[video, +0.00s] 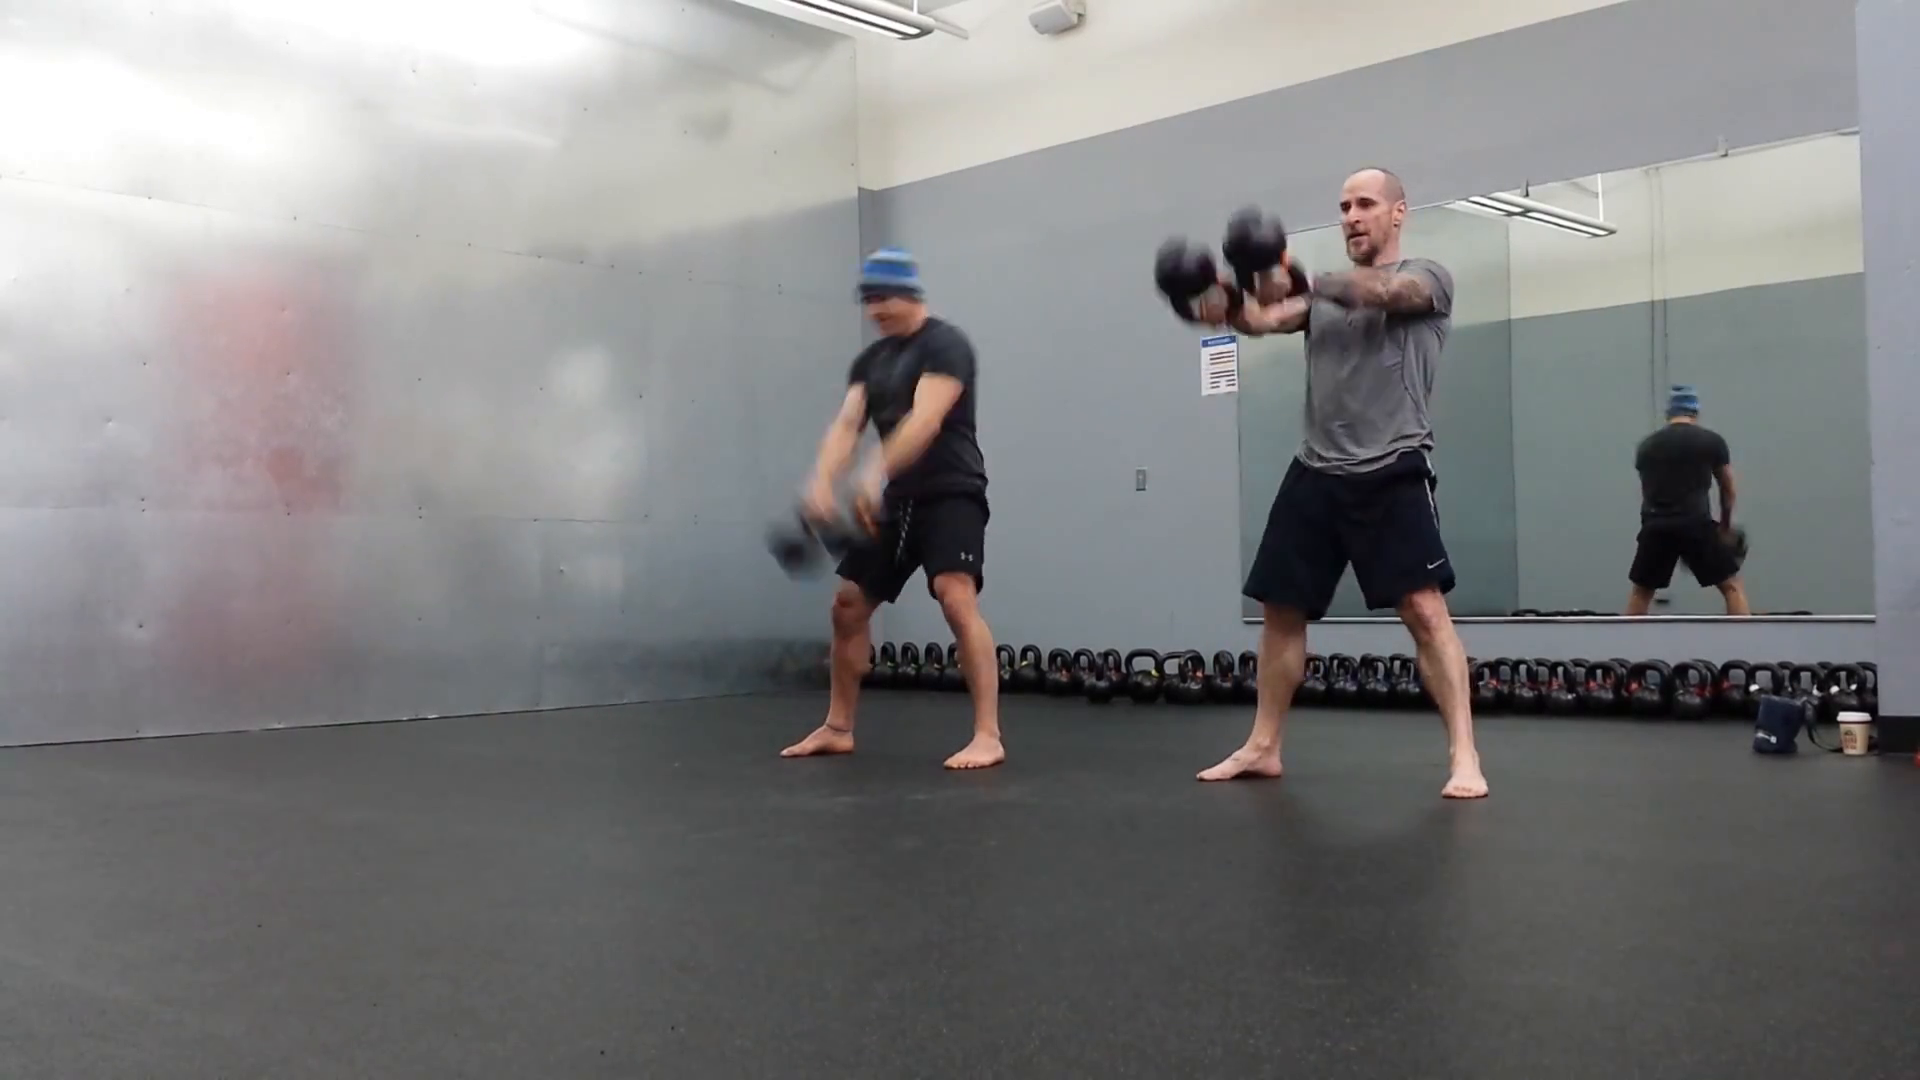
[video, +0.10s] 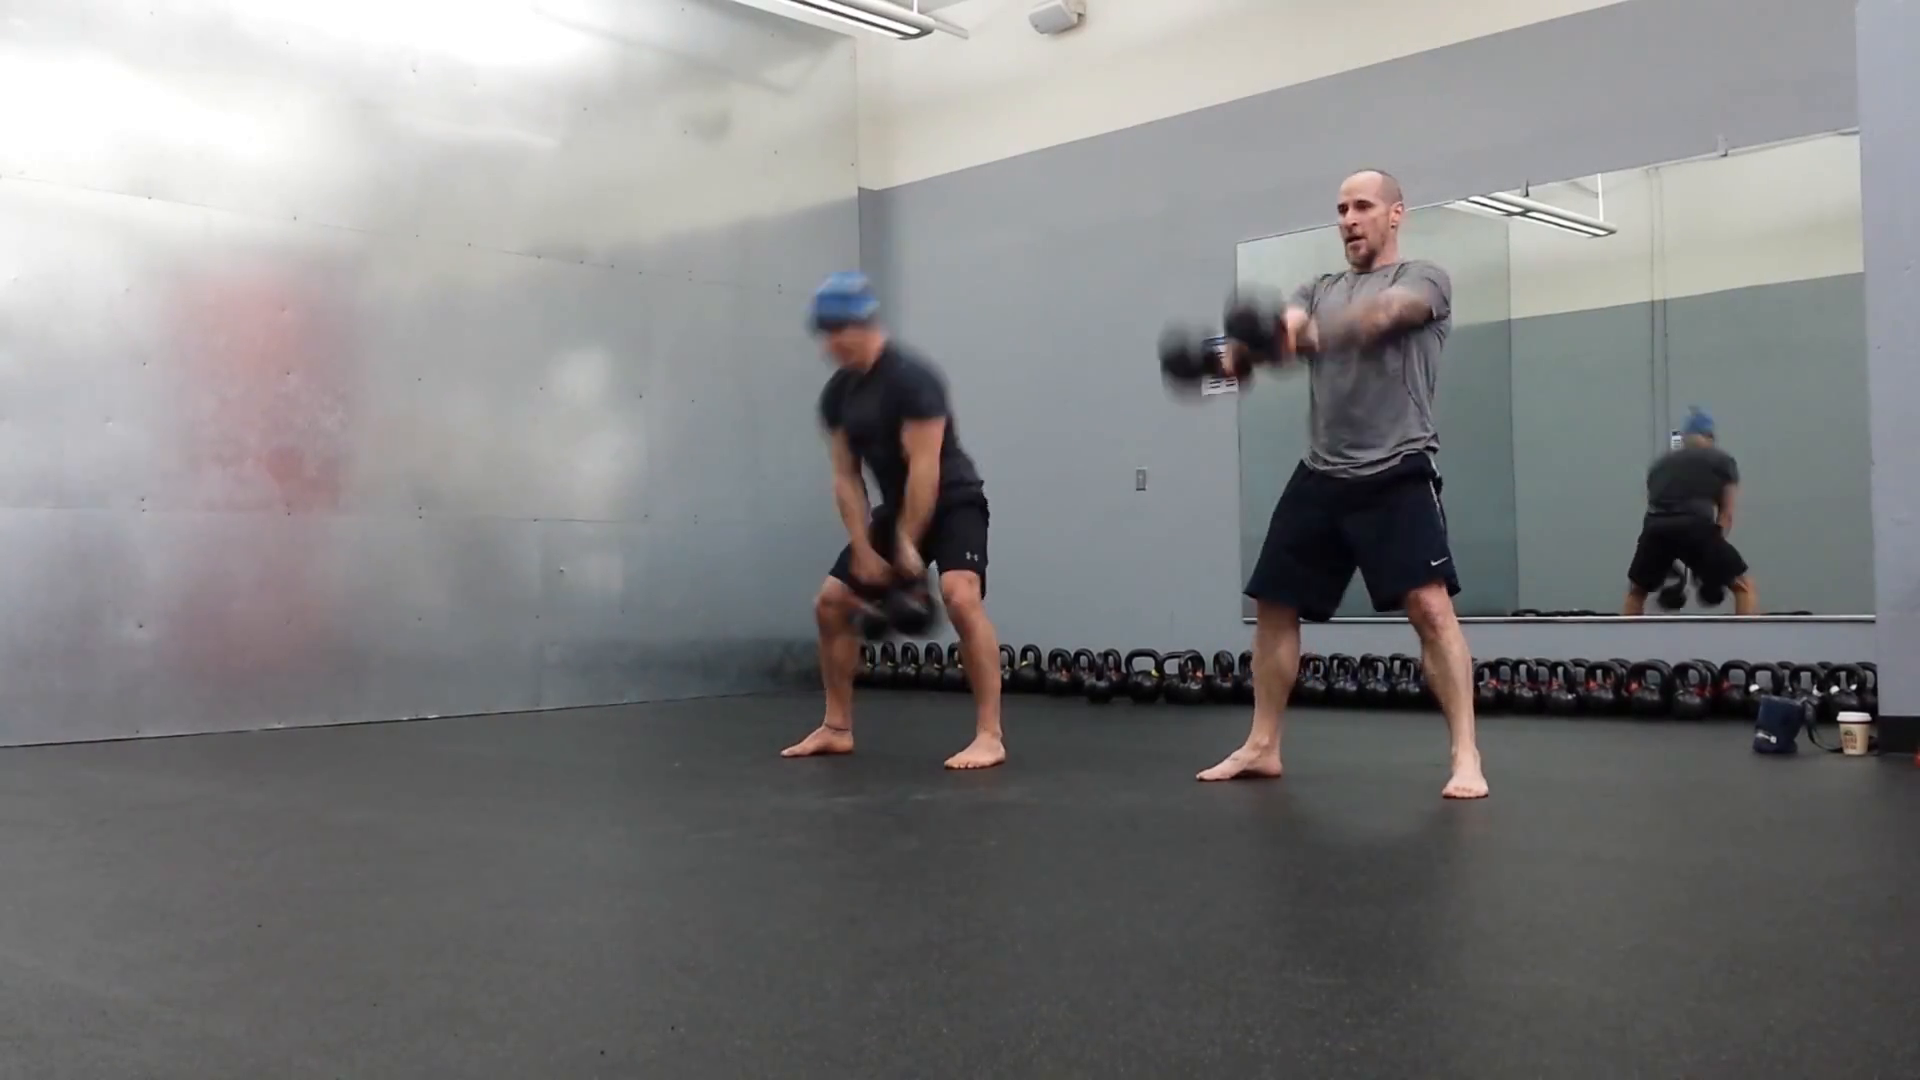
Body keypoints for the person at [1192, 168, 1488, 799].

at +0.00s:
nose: (1351, 217)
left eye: (1364, 204)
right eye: (1345, 208)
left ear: (1399, 212)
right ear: (1339, 222)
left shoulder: (1430, 278)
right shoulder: (1328, 290)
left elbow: (1385, 293)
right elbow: (1262, 316)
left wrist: (1307, 281)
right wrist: (1211, 299)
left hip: (1393, 472)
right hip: (1315, 474)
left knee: (1426, 613)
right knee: (1281, 608)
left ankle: (1464, 756)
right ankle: (1263, 745)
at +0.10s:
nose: (1347, 219)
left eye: (1361, 207)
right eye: (1342, 210)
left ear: (1396, 215)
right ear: (1337, 222)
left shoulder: (1426, 279)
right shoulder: (1317, 290)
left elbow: (1386, 315)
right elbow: (1282, 333)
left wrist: (1314, 336)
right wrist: (1237, 355)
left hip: (1398, 472)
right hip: (1320, 476)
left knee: (1430, 607)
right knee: (1274, 602)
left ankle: (1466, 756)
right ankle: (1262, 744)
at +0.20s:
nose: (1334, 228)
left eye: (1347, 215)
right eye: (1327, 217)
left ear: (1381, 221)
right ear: (1320, 228)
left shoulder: (1414, 288)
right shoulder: (1307, 299)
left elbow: (1377, 355)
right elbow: (1275, 368)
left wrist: (1320, 409)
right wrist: (1250, 429)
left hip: (1403, 481)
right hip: (1322, 484)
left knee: (1441, 602)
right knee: (1263, 605)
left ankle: (1467, 755)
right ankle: (1261, 744)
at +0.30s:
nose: (1297, 252)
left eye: (1310, 239)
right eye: (1292, 242)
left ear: (1347, 241)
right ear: (1288, 251)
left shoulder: (1388, 316)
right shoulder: (1281, 333)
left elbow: (1371, 422)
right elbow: (1277, 429)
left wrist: (1340, 509)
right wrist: (1281, 520)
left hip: (1401, 488)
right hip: (1326, 492)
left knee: (1445, 601)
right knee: (1246, 606)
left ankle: (1467, 756)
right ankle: (1261, 744)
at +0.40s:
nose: (1253, 309)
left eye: (1265, 295)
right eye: (1247, 298)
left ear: (1300, 297)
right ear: (1244, 310)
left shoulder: (1353, 373)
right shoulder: (1251, 394)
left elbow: (1368, 489)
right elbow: (1276, 491)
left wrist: (1371, 586)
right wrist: (1310, 580)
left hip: (1398, 507)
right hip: (1323, 512)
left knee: (1434, 610)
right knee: (1230, 612)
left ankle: (1464, 758)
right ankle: (1260, 746)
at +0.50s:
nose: (1220, 396)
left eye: (1232, 379)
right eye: (1215, 383)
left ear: (1269, 377)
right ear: (1210, 388)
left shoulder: (1335, 440)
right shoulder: (1233, 462)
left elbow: (1373, 544)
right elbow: (1280, 544)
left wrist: (1373, 616)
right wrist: (1330, 615)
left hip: (1400, 534)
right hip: (1322, 545)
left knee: (1420, 622)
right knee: (1220, 615)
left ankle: (1464, 761)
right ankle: (1260, 749)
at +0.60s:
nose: (1219, 429)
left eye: (1232, 412)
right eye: (1212, 415)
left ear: (1270, 409)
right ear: (1206, 417)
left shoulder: (1339, 465)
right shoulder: (1228, 482)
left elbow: (1372, 563)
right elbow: (1281, 559)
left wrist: (1376, 621)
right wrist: (1327, 624)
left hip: (1401, 542)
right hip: (1321, 552)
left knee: (1414, 621)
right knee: (1218, 619)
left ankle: (1464, 762)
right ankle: (1260, 749)